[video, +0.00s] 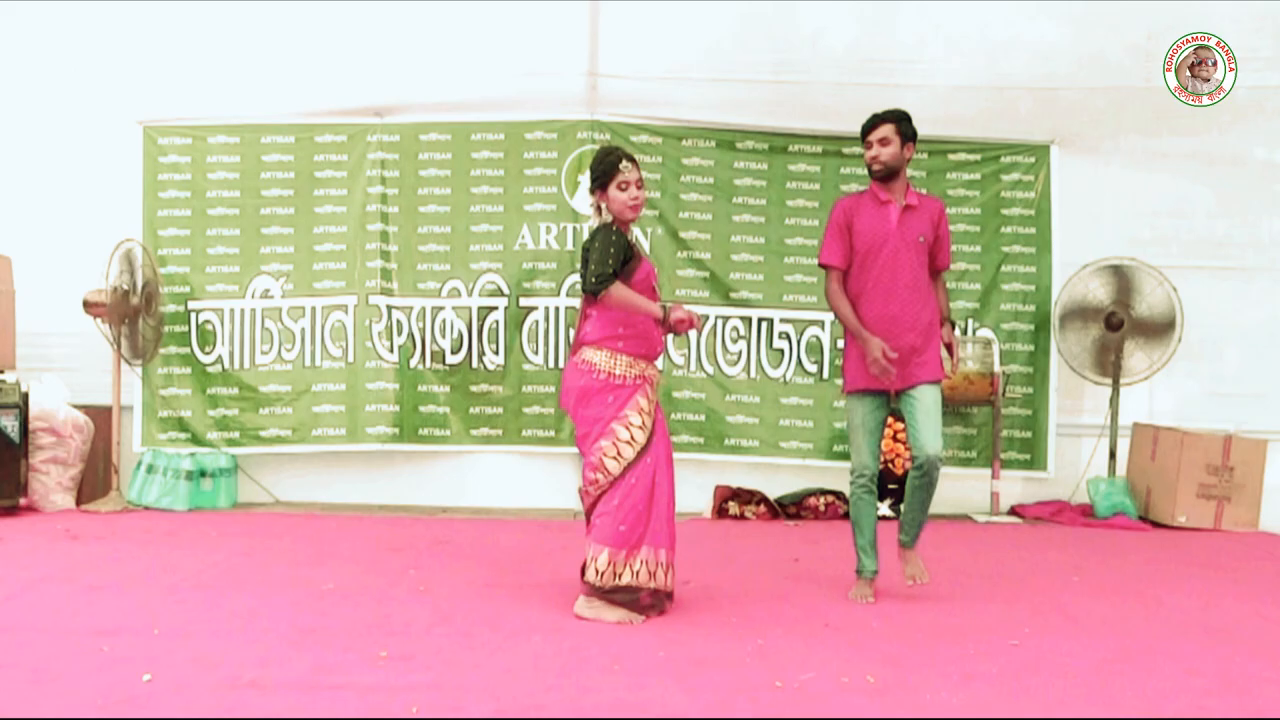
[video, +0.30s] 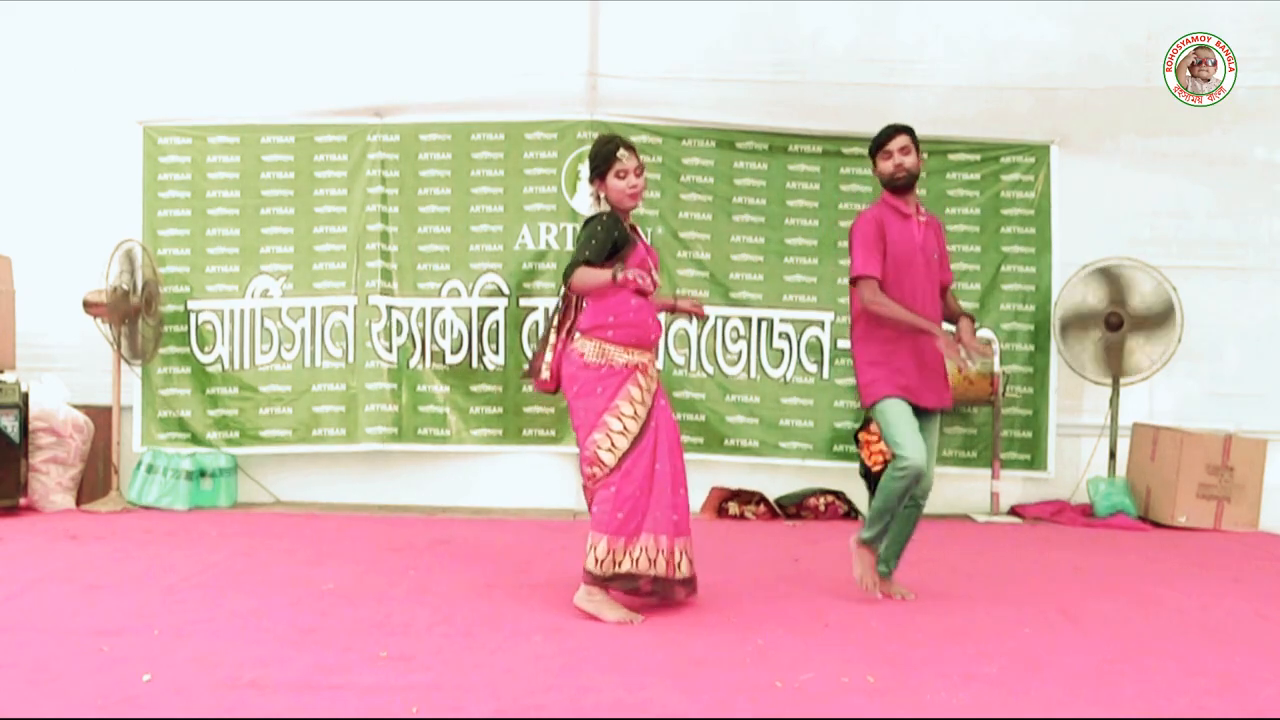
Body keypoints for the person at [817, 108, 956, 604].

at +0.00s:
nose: (875, 150)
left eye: (885, 143)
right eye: (869, 144)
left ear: (909, 151)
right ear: (864, 152)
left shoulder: (931, 209)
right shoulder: (848, 209)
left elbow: (936, 277)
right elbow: (833, 287)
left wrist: (945, 324)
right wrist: (865, 338)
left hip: (920, 357)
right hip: (866, 356)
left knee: (930, 454)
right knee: (864, 470)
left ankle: (908, 543)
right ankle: (865, 572)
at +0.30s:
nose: (899, 160)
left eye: (906, 152)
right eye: (889, 155)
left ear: (921, 159)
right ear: (876, 168)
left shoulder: (933, 226)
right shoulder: (870, 222)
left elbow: (944, 296)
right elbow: (869, 299)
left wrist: (964, 324)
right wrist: (933, 330)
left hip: (926, 365)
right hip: (881, 366)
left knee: (922, 478)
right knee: (911, 462)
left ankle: (885, 571)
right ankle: (866, 544)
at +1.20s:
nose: (915, 153)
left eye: (926, 145)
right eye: (912, 147)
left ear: (955, 155)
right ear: (908, 159)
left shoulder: (979, 219)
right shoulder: (892, 221)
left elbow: (1011, 293)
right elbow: (874, 291)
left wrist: (944, 305)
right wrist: (879, 294)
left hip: (954, 378)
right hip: (894, 375)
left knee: (948, 483)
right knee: (892, 475)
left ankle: (946, 596)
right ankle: (904, 593)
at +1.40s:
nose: (908, 138)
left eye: (919, 131)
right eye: (906, 130)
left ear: (946, 139)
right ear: (904, 137)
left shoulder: (960, 186)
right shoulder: (899, 188)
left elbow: (956, 231)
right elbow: (880, 255)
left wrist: (902, 203)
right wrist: (876, 217)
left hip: (936, 343)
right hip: (891, 340)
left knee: (939, 458)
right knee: (870, 452)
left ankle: (955, 578)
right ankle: (905, 529)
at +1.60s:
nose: (903, 179)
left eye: (915, 174)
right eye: (901, 170)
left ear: (935, 186)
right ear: (896, 175)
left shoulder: (931, 229)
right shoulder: (895, 228)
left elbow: (953, 287)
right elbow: (898, 298)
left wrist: (898, 261)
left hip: (922, 365)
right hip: (892, 364)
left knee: (923, 470)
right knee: (881, 472)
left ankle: (956, 578)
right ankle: (905, 559)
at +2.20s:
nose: (961, 147)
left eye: (968, 139)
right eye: (950, 140)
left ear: (977, 148)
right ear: (931, 151)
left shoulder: (994, 208)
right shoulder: (914, 205)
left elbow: (1030, 277)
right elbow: (893, 269)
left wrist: (1009, 250)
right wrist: (956, 239)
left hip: (980, 355)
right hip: (926, 351)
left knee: (974, 476)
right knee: (927, 467)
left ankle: (948, 572)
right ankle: (900, 520)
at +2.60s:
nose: (1003, 123)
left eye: (1000, 115)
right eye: (991, 119)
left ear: (976, 135)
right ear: (964, 137)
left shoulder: (972, 186)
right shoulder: (973, 174)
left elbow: (942, 264)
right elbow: (988, 178)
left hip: (981, 352)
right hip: (992, 353)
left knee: (969, 465)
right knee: (1009, 482)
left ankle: (915, 565)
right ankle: (982, 618)